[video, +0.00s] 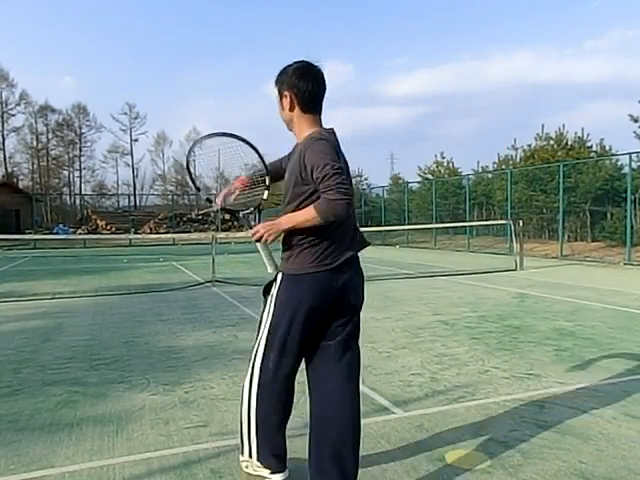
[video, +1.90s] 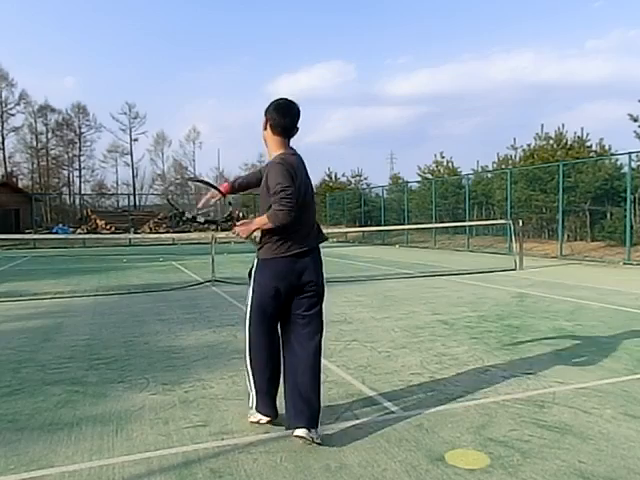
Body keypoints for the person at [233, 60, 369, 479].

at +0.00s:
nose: (279, 108)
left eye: (278, 100)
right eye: (279, 100)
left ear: (288, 100)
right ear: (319, 98)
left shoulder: (315, 148)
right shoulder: (321, 143)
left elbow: (337, 203)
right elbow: (282, 168)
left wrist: (281, 223)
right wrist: (247, 180)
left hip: (306, 276)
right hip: (342, 275)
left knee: (270, 367)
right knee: (336, 379)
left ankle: (263, 459)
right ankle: (337, 471)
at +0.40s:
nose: (255, 122)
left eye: (256, 116)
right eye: (258, 116)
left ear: (259, 121)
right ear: (293, 123)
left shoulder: (273, 161)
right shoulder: (302, 164)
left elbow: (292, 211)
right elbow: (300, 222)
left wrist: (253, 235)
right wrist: (253, 235)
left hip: (282, 280)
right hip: (315, 276)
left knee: (266, 375)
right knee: (303, 361)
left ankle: (281, 467)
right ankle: (328, 437)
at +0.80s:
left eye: (276, 122)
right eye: (306, 122)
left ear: (273, 125)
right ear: (309, 127)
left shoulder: (255, 170)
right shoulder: (322, 172)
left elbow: (242, 220)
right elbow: (346, 224)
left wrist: (270, 215)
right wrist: (319, 232)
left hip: (263, 278)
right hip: (306, 281)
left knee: (254, 341)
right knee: (305, 357)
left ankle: (259, 422)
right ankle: (298, 442)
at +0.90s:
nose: (301, 128)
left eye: (273, 122)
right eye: (304, 123)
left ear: (272, 126)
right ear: (307, 127)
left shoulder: (259, 169)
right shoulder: (314, 171)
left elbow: (262, 210)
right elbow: (345, 219)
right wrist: (344, 214)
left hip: (262, 277)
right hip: (301, 280)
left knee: (254, 344)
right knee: (303, 355)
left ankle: (236, 421)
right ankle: (298, 440)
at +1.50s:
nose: (279, 130)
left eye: (273, 125)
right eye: (301, 123)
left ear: (272, 129)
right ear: (304, 128)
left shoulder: (257, 172)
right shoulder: (315, 174)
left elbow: (230, 191)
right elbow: (357, 199)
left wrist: (255, 171)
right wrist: (377, 158)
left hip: (263, 277)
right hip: (302, 280)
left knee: (249, 345)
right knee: (302, 356)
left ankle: (224, 420)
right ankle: (297, 440)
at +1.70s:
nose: (268, 128)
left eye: (267, 123)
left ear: (270, 126)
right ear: (301, 126)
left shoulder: (267, 174)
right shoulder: (316, 165)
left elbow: (233, 217)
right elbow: (331, 171)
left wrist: (236, 217)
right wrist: (346, 141)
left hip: (271, 269)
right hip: (310, 270)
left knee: (251, 337)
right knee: (304, 348)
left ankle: (237, 412)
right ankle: (301, 433)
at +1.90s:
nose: (261, 128)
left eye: (263, 122)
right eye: (265, 122)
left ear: (266, 126)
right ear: (294, 130)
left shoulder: (277, 167)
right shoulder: (296, 163)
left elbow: (284, 211)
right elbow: (257, 178)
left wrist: (254, 224)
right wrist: (225, 189)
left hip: (274, 266)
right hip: (307, 264)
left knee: (261, 334)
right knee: (304, 338)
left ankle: (264, 408)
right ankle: (305, 422)